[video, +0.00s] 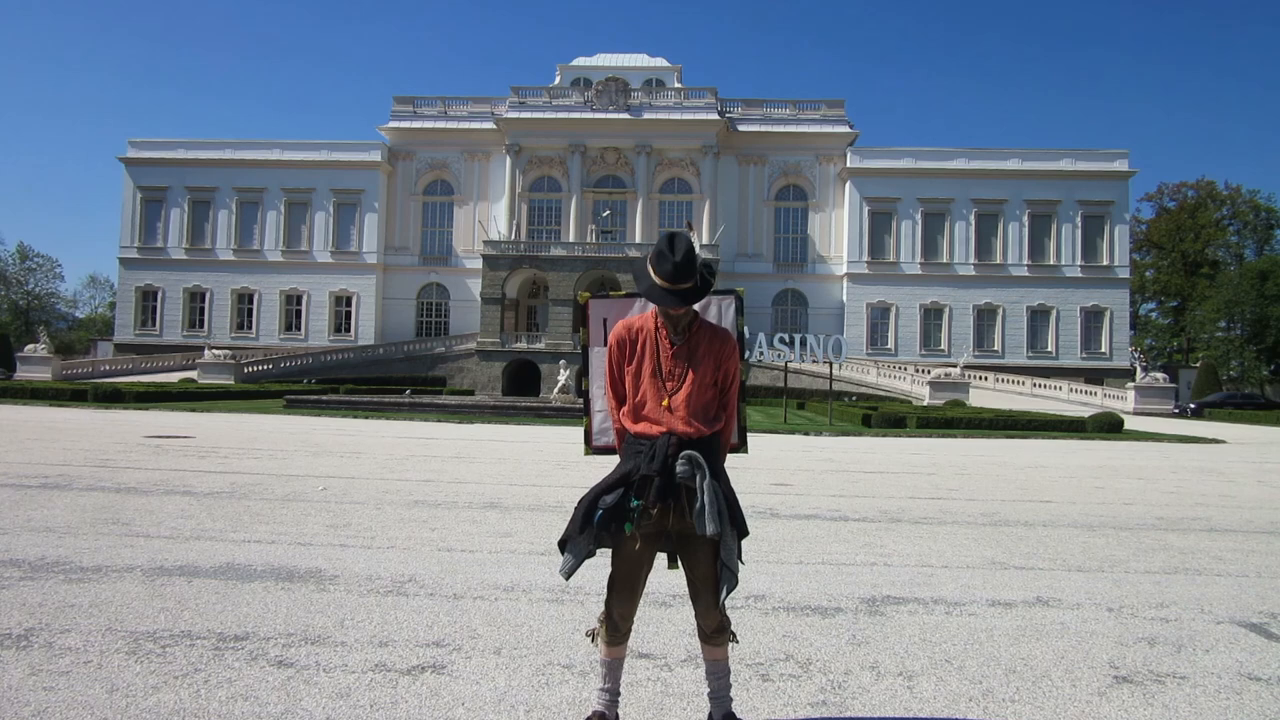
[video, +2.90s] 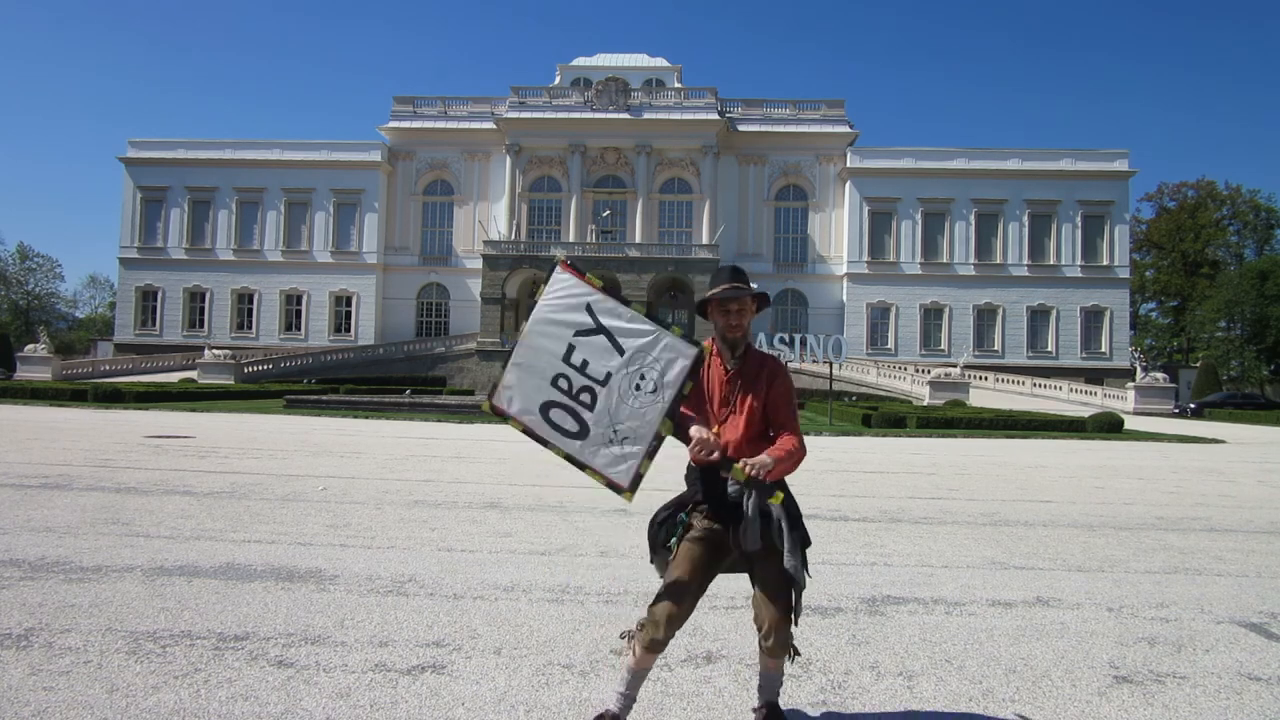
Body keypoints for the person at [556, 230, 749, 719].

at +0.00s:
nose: (677, 307)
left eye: (685, 298)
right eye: (668, 299)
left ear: (698, 293)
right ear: (653, 290)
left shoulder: (722, 343)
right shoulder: (625, 336)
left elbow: (726, 425)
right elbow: (618, 415)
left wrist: (699, 469)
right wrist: (655, 457)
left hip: (699, 488)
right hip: (640, 485)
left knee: (709, 605)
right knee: (620, 603)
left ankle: (721, 705)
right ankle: (607, 701)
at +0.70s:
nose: (676, 314)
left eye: (684, 305)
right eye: (667, 305)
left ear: (697, 298)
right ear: (652, 296)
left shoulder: (718, 342)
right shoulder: (622, 336)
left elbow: (756, 405)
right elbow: (612, 411)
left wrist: (780, 470)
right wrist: (633, 467)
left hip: (698, 481)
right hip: (638, 480)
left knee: (709, 603)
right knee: (620, 599)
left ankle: (720, 706)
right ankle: (606, 701)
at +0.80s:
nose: (678, 314)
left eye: (686, 304)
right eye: (669, 304)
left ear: (698, 297)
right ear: (653, 295)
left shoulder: (717, 338)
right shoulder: (623, 336)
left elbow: (775, 377)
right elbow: (611, 415)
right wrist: (631, 471)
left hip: (699, 481)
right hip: (639, 481)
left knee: (709, 603)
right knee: (620, 601)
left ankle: (721, 706)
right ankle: (606, 702)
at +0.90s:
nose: (679, 317)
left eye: (688, 308)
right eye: (670, 308)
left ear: (701, 299)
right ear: (654, 297)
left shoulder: (717, 335)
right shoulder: (625, 335)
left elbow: (779, 346)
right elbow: (612, 410)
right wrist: (629, 469)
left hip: (699, 478)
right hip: (638, 477)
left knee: (710, 600)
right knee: (621, 599)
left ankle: (721, 706)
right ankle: (606, 702)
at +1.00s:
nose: (678, 317)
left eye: (687, 308)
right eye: (669, 307)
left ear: (701, 296)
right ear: (653, 297)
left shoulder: (718, 329)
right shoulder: (627, 334)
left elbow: (776, 308)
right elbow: (610, 408)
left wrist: (752, 257)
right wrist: (628, 468)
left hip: (698, 475)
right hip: (639, 474)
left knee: (711, 598)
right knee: (623, 594)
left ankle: (721, 707)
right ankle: (606, 700)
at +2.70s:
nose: (687, 298)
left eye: (695, 288)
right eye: (677, 289)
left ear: (707, 290)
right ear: (660, 292)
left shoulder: (718, 336)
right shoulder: (634, 341)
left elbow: (788, 367)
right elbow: (587, 408)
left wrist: (777, 333)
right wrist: (556, 472)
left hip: (711, 476)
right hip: (651, 477)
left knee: (757, 590)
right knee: (632, 603)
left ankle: (767, 693)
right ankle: (608, 702)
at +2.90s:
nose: (733, 316)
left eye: (741, 307)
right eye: (723, 308)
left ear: (754, 310)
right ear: (709, 315)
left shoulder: (771, 369)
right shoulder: (692, 366)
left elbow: (792, 440)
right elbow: (677, 411)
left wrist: (772, 459)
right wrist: (700, 436)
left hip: (763, 501)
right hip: (709, 498)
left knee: (776, 612)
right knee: (673, 597)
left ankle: (768, 705)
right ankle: (620, 703)